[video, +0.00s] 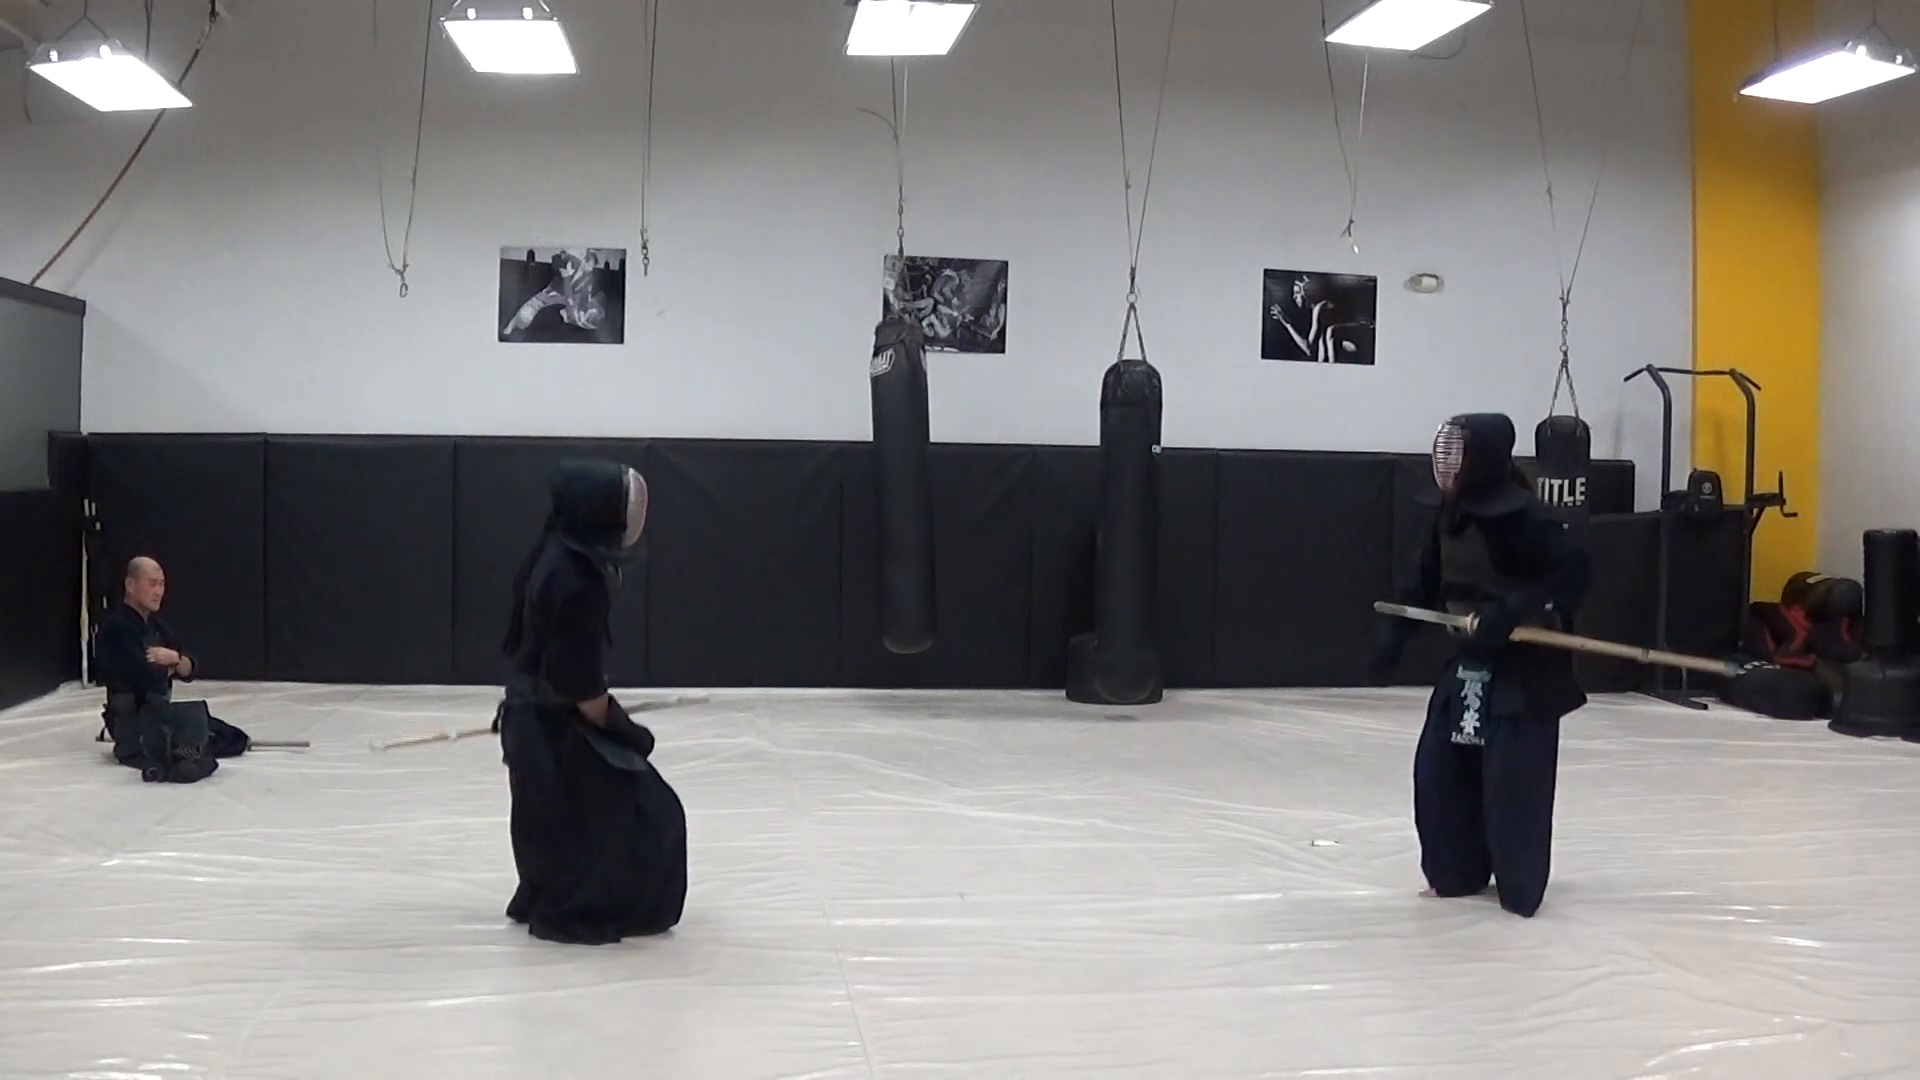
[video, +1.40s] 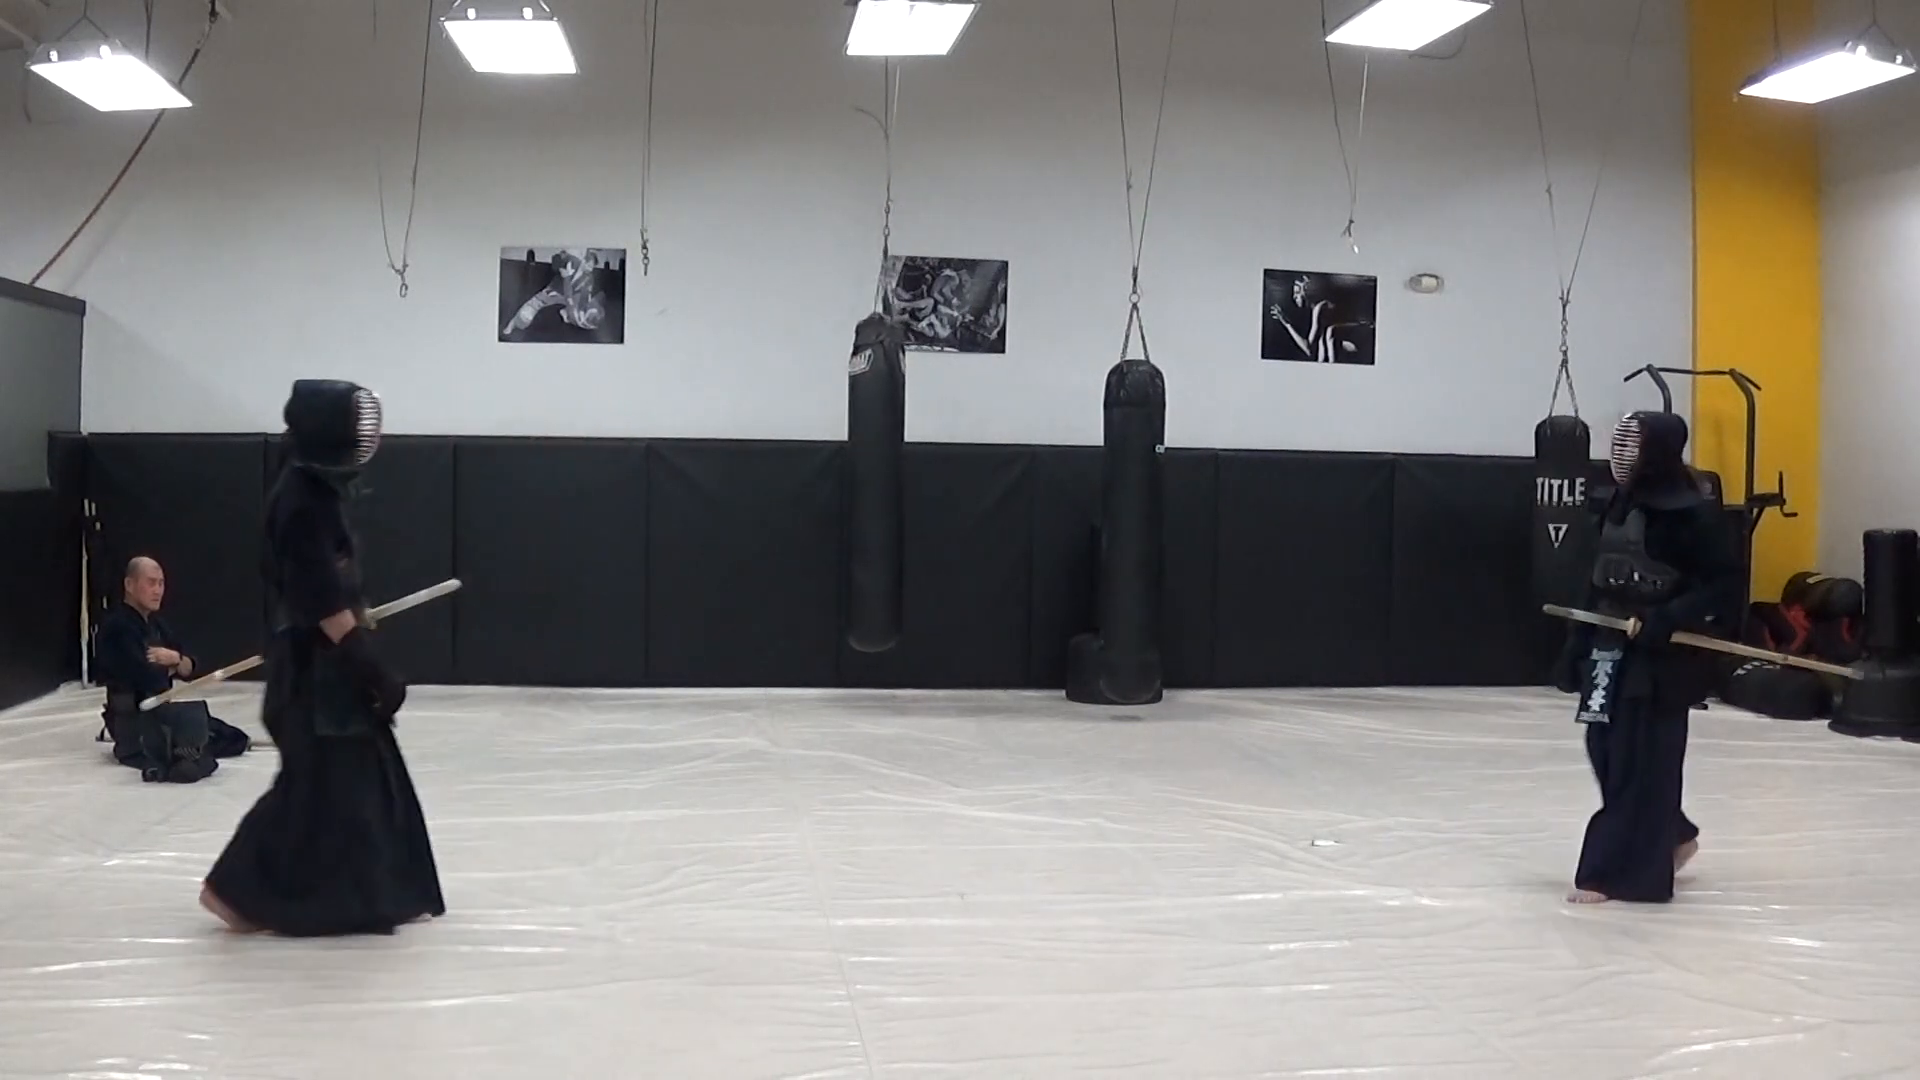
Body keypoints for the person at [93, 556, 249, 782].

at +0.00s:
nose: (159, 591)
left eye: (162, 584)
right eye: (153, 583)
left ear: (165, 587)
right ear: (130, 585)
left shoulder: (156, 623)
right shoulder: (116, 626)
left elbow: (190, 671)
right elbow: (144, 680)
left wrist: (175, 658)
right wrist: (172, 666)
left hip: (161, 718)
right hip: (130, 726)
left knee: (236, 740)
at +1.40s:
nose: (158, 590)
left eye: (161, 583)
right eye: (151, 582)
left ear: (164, 586)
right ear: (129, 585)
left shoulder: (156, 622)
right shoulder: (117, 625)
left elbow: (191, 670)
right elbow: (149, 683)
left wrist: (176, 658)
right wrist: (172, 668)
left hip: (163, 716)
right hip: (131, 725)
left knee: (237, 740)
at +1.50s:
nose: (159, 590)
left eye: (161, 584)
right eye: (152, 582)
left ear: (165, 586)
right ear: (129, 585)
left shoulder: (158, 622)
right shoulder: (117, 624)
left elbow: (190, 667)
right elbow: (142, 676)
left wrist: (175, 658)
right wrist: (175, 669)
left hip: (162, 711)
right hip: (130, 718)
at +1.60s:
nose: (158, 591)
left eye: (161, 584)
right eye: (151, 583)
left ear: (165, 586)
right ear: (129, 585)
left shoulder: (157, 624)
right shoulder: (117, 624)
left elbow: (193, 670)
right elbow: (146, 676)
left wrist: (173, 659)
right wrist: (179, 665)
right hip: (130, 727)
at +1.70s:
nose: (158, 590)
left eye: (161, 584)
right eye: (151, 583)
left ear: (165, 586)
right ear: (129, 585)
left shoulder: (161, 624)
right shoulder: (114, 623)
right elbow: (109, 675)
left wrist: (166, 657)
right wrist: (148, 661)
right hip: (128, 719)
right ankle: (129, 749)